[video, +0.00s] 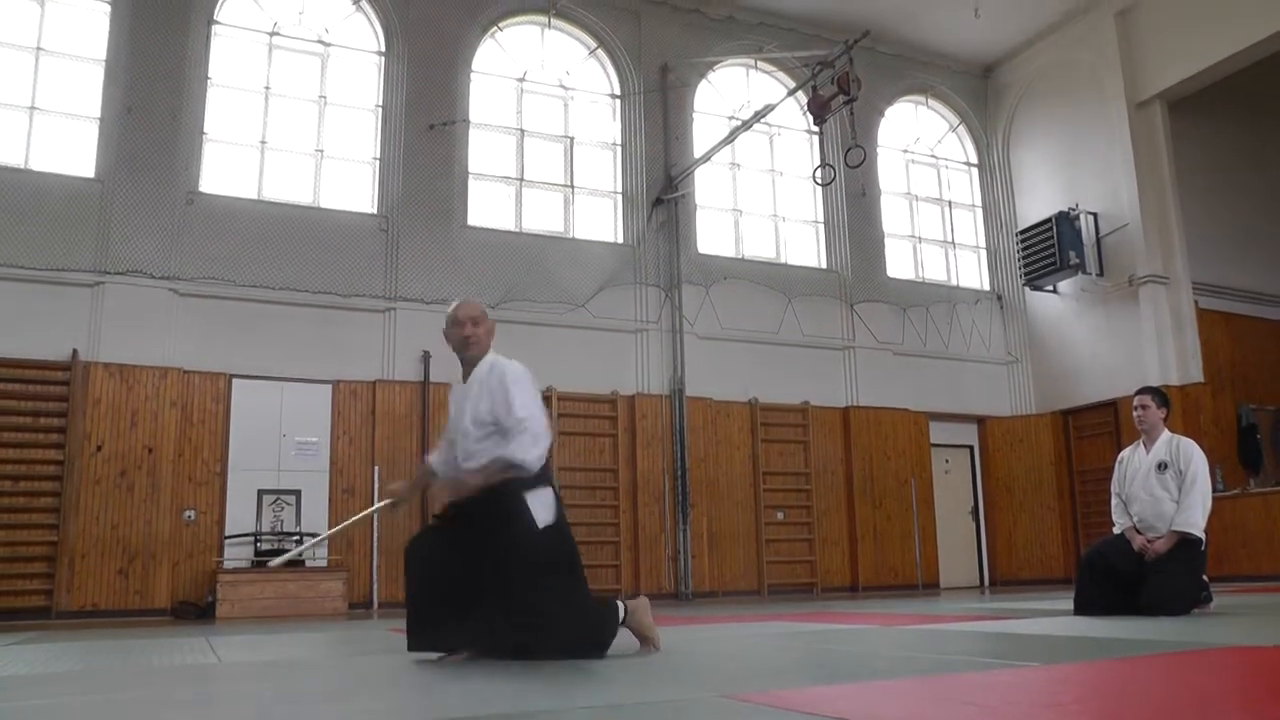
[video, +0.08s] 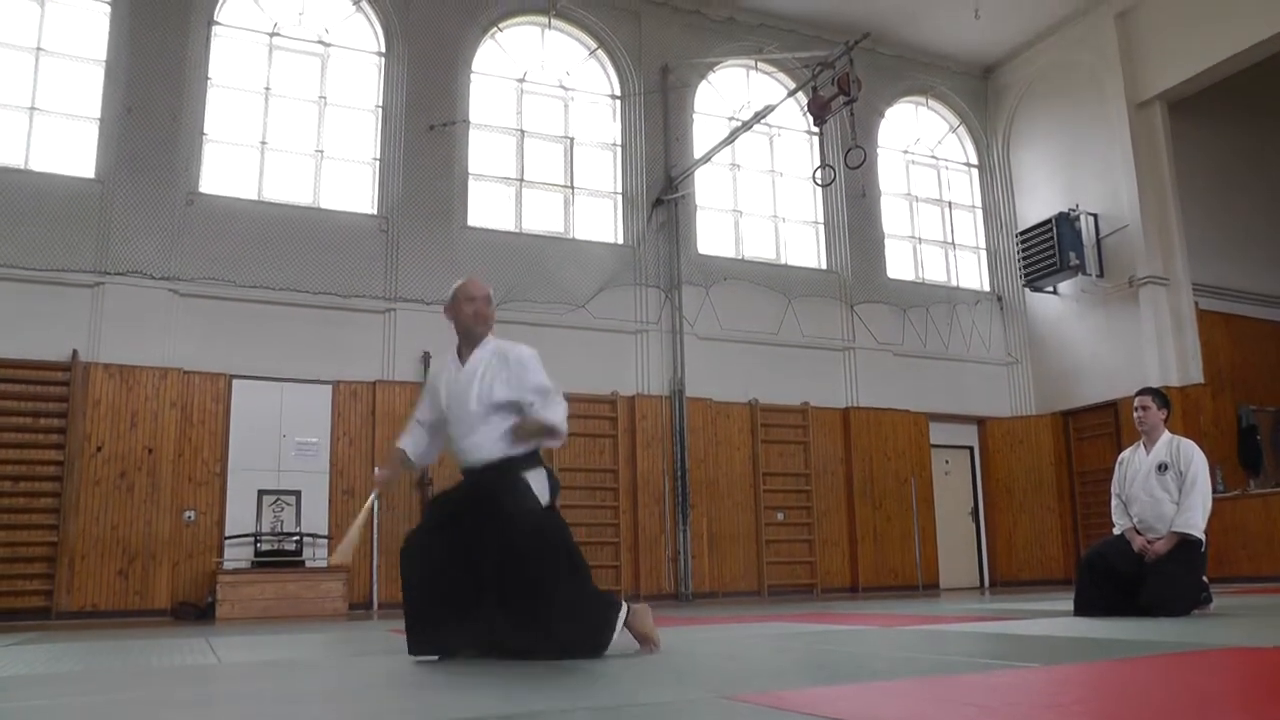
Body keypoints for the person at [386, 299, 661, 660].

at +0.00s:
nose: (468, 331)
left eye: (476, 322)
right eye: (458, 325)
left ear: (491, 329)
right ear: (447, 338)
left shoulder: (509, 374)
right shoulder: (461, 392)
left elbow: (531, 447)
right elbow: (451, 453)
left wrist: (475, 479)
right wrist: (412, 484)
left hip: (522, 501)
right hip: (481, 503)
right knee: (425, 551)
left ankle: (626, 612)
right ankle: (472, 637)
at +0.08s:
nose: (482, 309)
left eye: (487, 301)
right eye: (471, 301)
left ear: (494, 310)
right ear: (450, 312)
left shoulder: (517, 357)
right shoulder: (444, 372)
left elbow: (555, 413)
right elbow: (424, 426)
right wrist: (394, 464)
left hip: (521, 481)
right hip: (476, 486)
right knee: (421, 551)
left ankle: (625, 615)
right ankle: (461, 639)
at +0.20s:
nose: (497, 276)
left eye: (496, 270)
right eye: (486, 269)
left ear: (487, 281)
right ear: (457, 279)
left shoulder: (511, 331)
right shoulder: (422, 333)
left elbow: (548, 385)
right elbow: (389, 387)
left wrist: (585, 391)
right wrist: (382, 428)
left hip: (503, 450)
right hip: (450, 453)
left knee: (538, 527)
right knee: (418, 540)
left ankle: (606, 617)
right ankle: (446, 640)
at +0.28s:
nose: (495, 266)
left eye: (493, 259)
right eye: (487, 258)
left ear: (468, 265)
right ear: (458, 263)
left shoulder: (500, 321)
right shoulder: (417, 313)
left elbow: (546, 373)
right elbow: (386, 370)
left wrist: (595, 377)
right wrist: (393, 412)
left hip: (493, 433)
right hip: (442, 433)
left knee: (526, 520)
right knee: (451, 532)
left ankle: (551, 617)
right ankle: (475, 630)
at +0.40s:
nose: (485, 260)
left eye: (485, 253)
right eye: (480, 252)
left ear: (460, 253)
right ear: (455, 251)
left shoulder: (486, 318)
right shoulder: (418, 295)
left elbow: (530, 360)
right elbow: (403, 359)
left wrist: (587, 368)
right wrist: (435, 396)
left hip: (480, 427)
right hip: (435, 426)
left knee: (487, 519)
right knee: (447, 528)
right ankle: (464, 638)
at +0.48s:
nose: (483, 265)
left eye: (482, 258)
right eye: (477, 256)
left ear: (455, 257)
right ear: (451, 256)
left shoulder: (472, 323)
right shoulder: (423, 293)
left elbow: (506, 367)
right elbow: (420, 356)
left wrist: (560, 365)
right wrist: (464, 394)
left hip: (462, 433)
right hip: (427, 428)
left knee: (502, 532)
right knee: (450, 531)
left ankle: (405, 616)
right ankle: (458, 642)